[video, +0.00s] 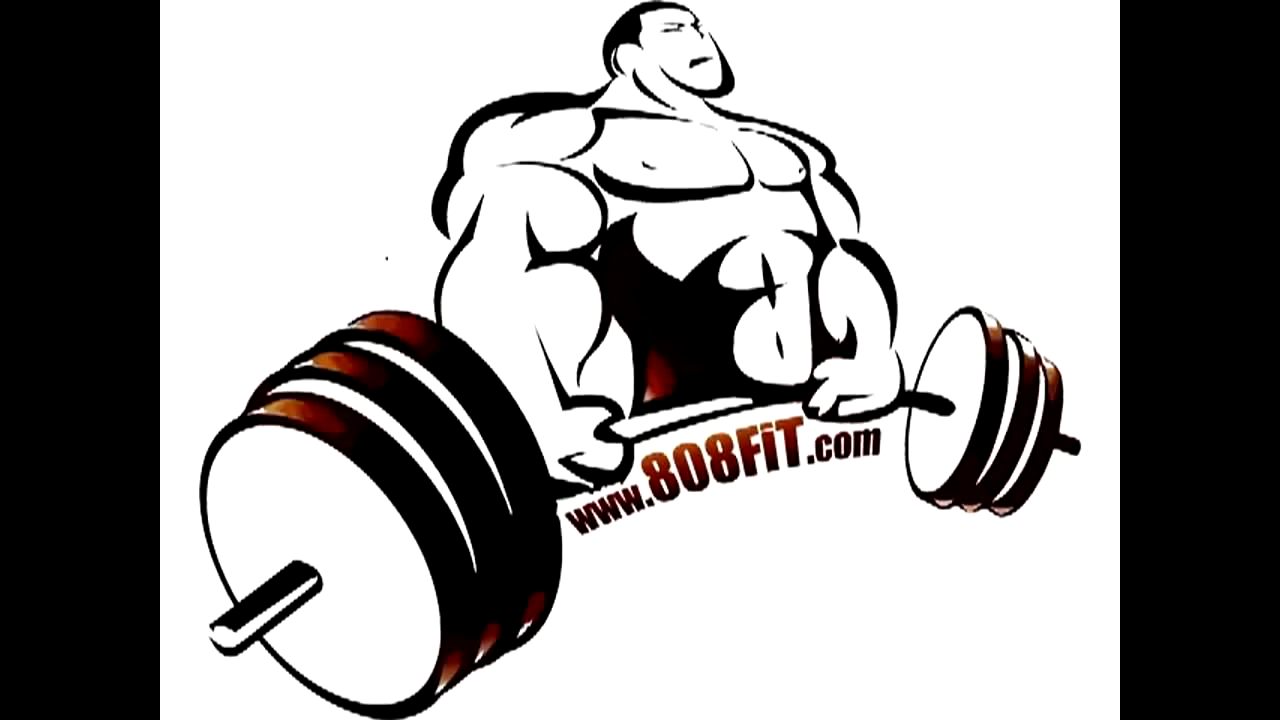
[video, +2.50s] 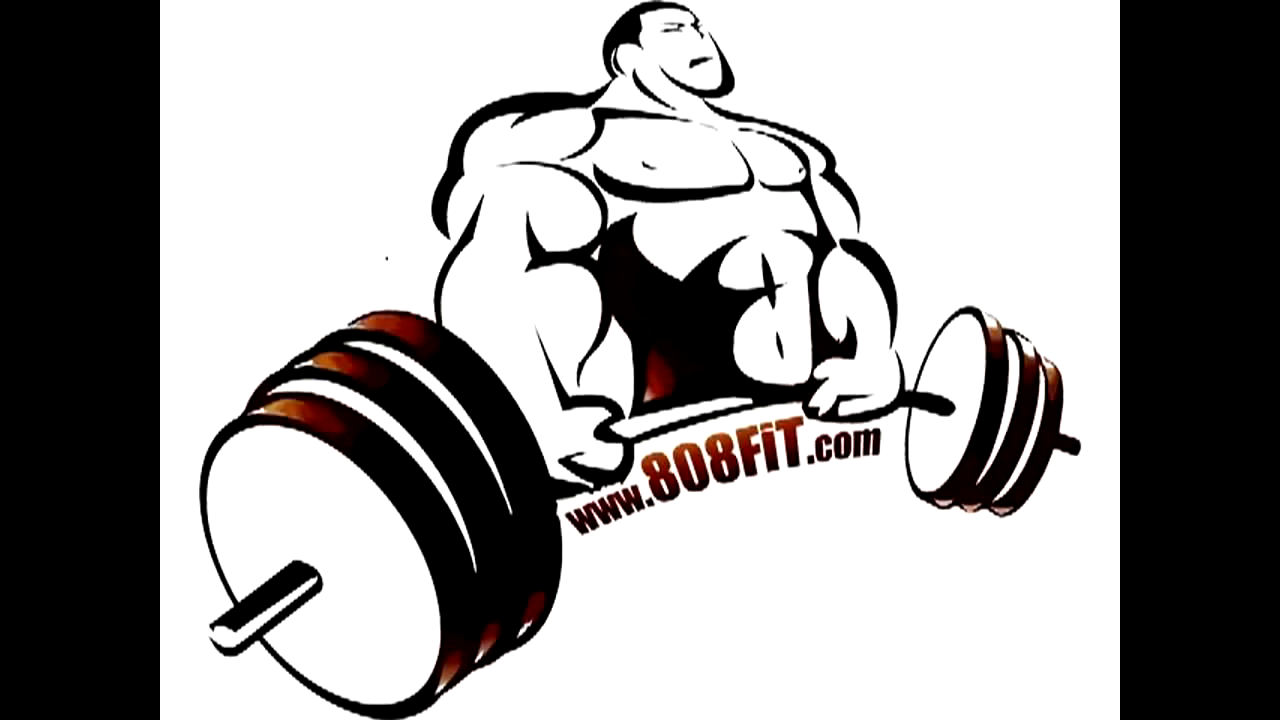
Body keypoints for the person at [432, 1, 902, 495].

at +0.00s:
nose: (702, 40)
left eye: (701, 28)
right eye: (675, 30)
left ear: (713, 45)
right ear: (628, 59)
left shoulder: (776, 145)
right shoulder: (593, 127)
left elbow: (850, 250)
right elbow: (487, 155)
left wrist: (878, 358)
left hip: (747, 331)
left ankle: (870, 369)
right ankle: (577, 429)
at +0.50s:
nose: (702, 40)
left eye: (701, 28)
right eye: (675, 30)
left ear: (713, 45)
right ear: (628, 59)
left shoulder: (776, 145)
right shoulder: (593, 127)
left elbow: (850, 250)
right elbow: (487, 155)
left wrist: (878, 358)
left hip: (747, 331)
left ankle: (870, 369)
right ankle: (577, 429)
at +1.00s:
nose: (702, 40)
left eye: (701, 28)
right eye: (675, 30)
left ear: (713, 45)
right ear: (628, 59)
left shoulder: (776, 145)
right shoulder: (593, 127)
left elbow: (850, 250)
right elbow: (487, 155)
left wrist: (878, 358)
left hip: (747, 331)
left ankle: (870, 369)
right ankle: (577, 429)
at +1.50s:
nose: (702, 40)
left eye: (701, 28)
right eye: (675, 30)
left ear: (713, 45)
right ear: (628, 59)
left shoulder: (776, 145)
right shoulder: (593, 127)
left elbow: (850, 250)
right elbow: (487, 155)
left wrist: (878, 358)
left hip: (747, 331)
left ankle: (870, 369)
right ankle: (577, 429)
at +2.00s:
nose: (702, 40)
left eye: (701, 28)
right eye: (675, 30)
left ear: (713, 45)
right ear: (628, 59)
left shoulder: (775, 145)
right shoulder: (593, 126)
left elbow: (850, 250)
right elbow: (487, 155)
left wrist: (878, 358)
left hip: (747, 330)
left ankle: (870, 369)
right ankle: (577, 429)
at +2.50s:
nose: (702, 40)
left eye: (701, 28)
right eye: (675, 30)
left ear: (713, 45)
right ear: (628, 59)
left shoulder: (775, 145)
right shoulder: (593, 126)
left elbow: (850, 250)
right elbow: (487, 155)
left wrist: (878, 358)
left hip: (747, 330)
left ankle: (870, 369)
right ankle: (577, 429)